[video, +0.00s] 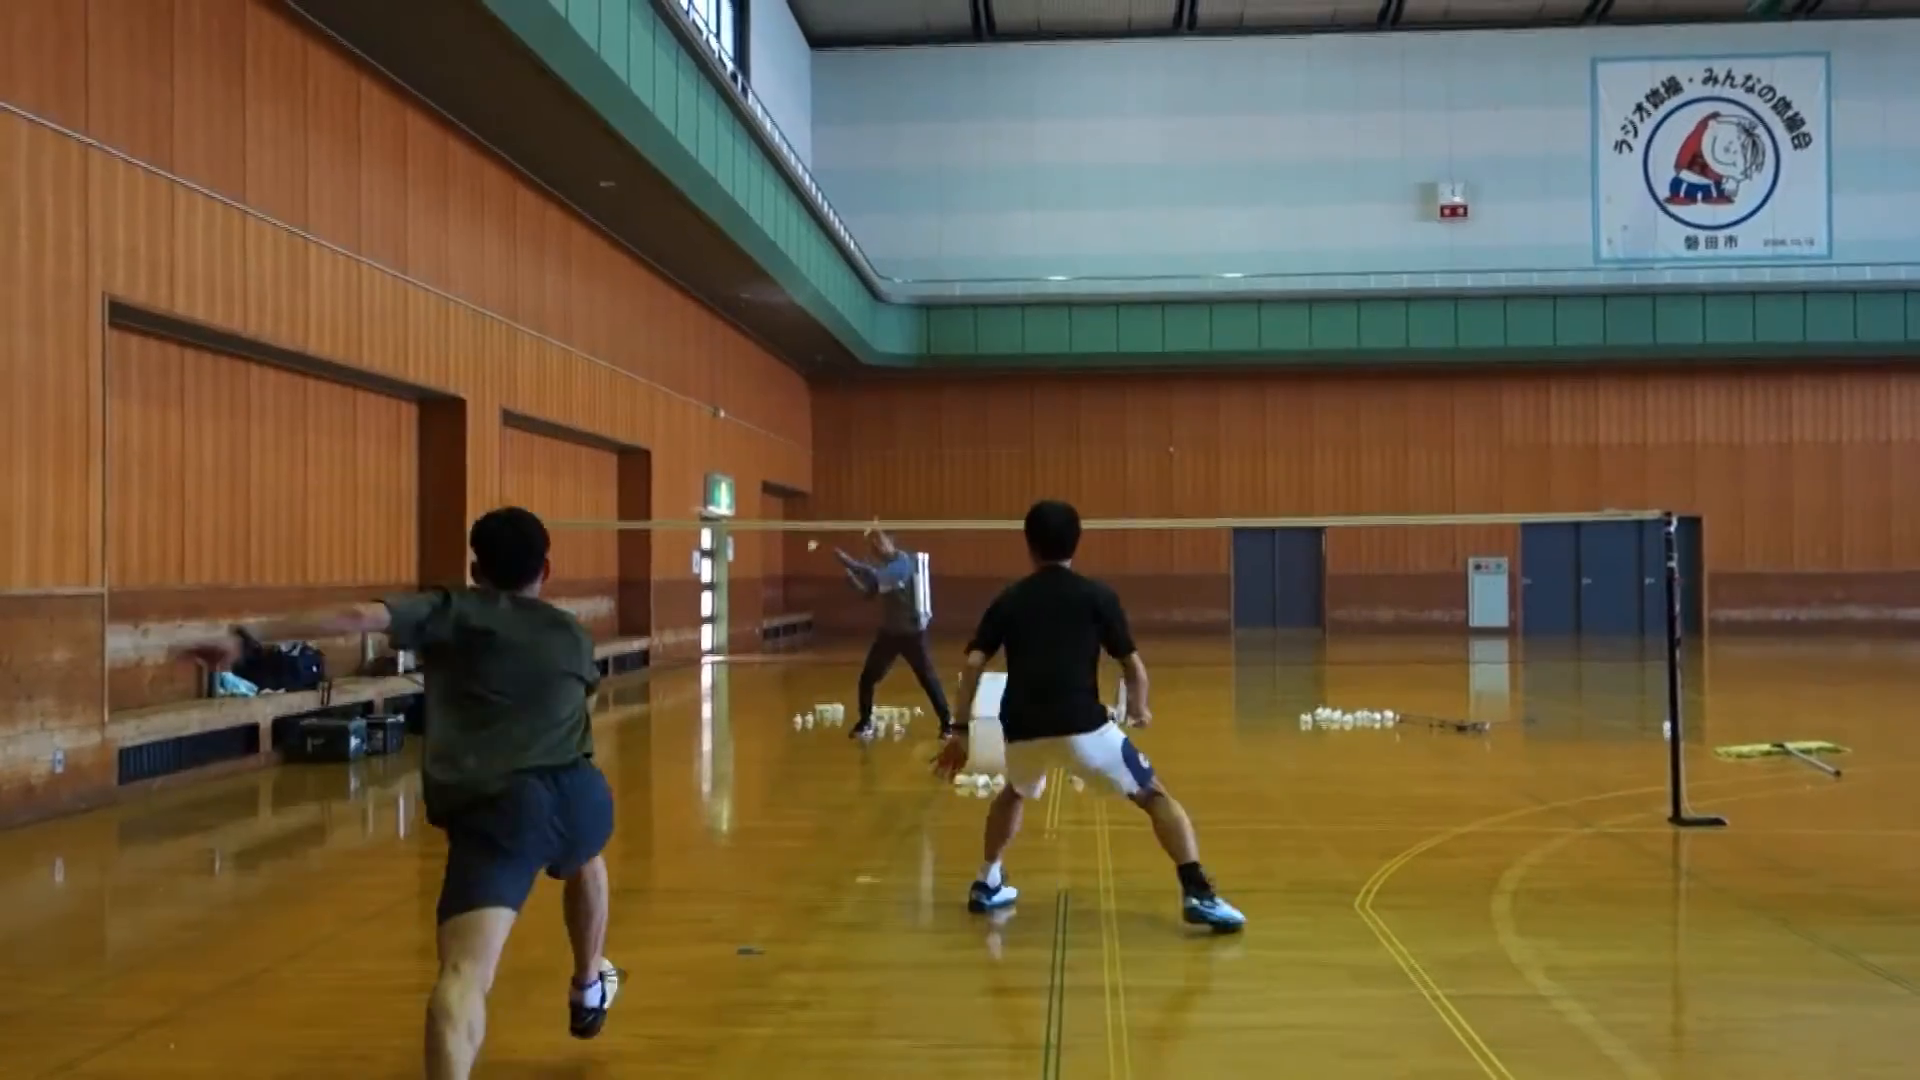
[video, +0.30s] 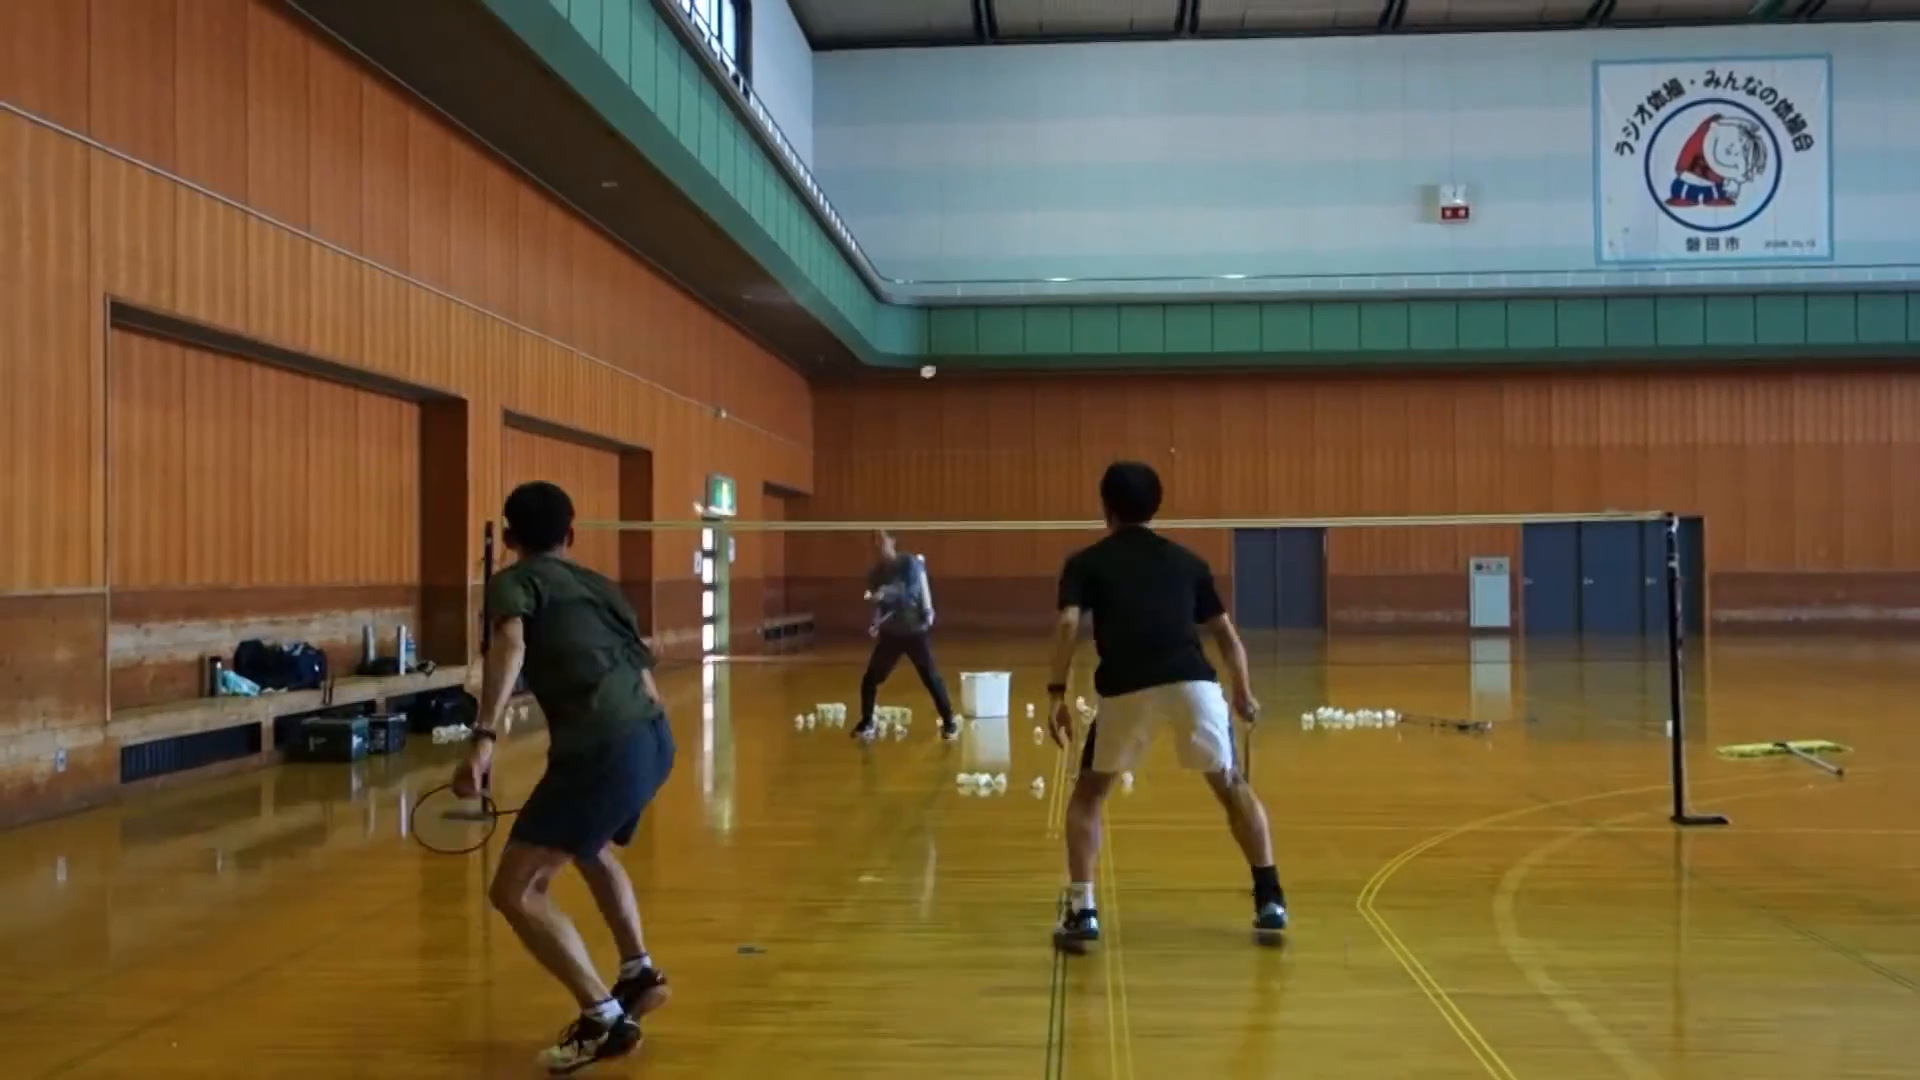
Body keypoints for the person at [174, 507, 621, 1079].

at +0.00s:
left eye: (476, 558)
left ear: (476, 568)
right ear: (544, 571)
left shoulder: (453, 612)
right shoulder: (569, 631)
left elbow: (357, 620)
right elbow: (587, 686)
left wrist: (251, 641)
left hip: (495, 807)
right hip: (575, 797)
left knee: (464, 973)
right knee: (586, 862)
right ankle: (590, 989)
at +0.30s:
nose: (504, 539)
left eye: (504, 531)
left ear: (510, 536)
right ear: (568, 535)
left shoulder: (513, 582)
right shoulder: (595, 583)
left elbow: (510, 643)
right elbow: (643, 665)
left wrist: (484, 739)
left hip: (600, 753)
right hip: (651, 742)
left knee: (515, 890)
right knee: (590, 844)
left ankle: (602, 1016)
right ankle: (636, 967)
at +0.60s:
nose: (568, 526)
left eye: (570, 519)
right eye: (577, 517)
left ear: (574, 528)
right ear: (625, 524)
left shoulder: (574, 583)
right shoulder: (648, 577)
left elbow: (511, 638)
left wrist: (438, 628)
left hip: (627, 746)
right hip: (676, 734)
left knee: (561, 858)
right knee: (639, 814)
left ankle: (610, 974)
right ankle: (673, 923)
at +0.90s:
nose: (601, 529)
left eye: (602, 523)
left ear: (604, 530)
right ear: (652, 527)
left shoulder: (609, 579)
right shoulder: (685, 578)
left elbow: (594, 637)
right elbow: (704, 645)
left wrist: (561, 697)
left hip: (655, 717)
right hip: (708, 715)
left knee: (587, 817)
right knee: (665, 795)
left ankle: (620, 911)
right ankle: (651, 904)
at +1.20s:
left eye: (616, 556)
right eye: (660, 545)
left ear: (617, 560)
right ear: (661, 550)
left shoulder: (620, 620)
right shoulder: (703, 589)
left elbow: (592, 690)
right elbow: (774, 619)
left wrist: (565, 734)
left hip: (669, 736)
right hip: (730, 726)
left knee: (622, 804)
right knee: (787, 804)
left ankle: (575, 895)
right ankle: (805, 902)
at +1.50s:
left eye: (550, 606)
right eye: (584, 577)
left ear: (555, 612)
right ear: (587, 583)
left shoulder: (578, 666)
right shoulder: (634, 595)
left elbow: (608, 730)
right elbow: (700, 584)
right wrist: (695, 567)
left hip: (660, 734)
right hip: (708, 710)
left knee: (591, 792)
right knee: (775, 791)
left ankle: (571, 891)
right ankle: (837, 872)